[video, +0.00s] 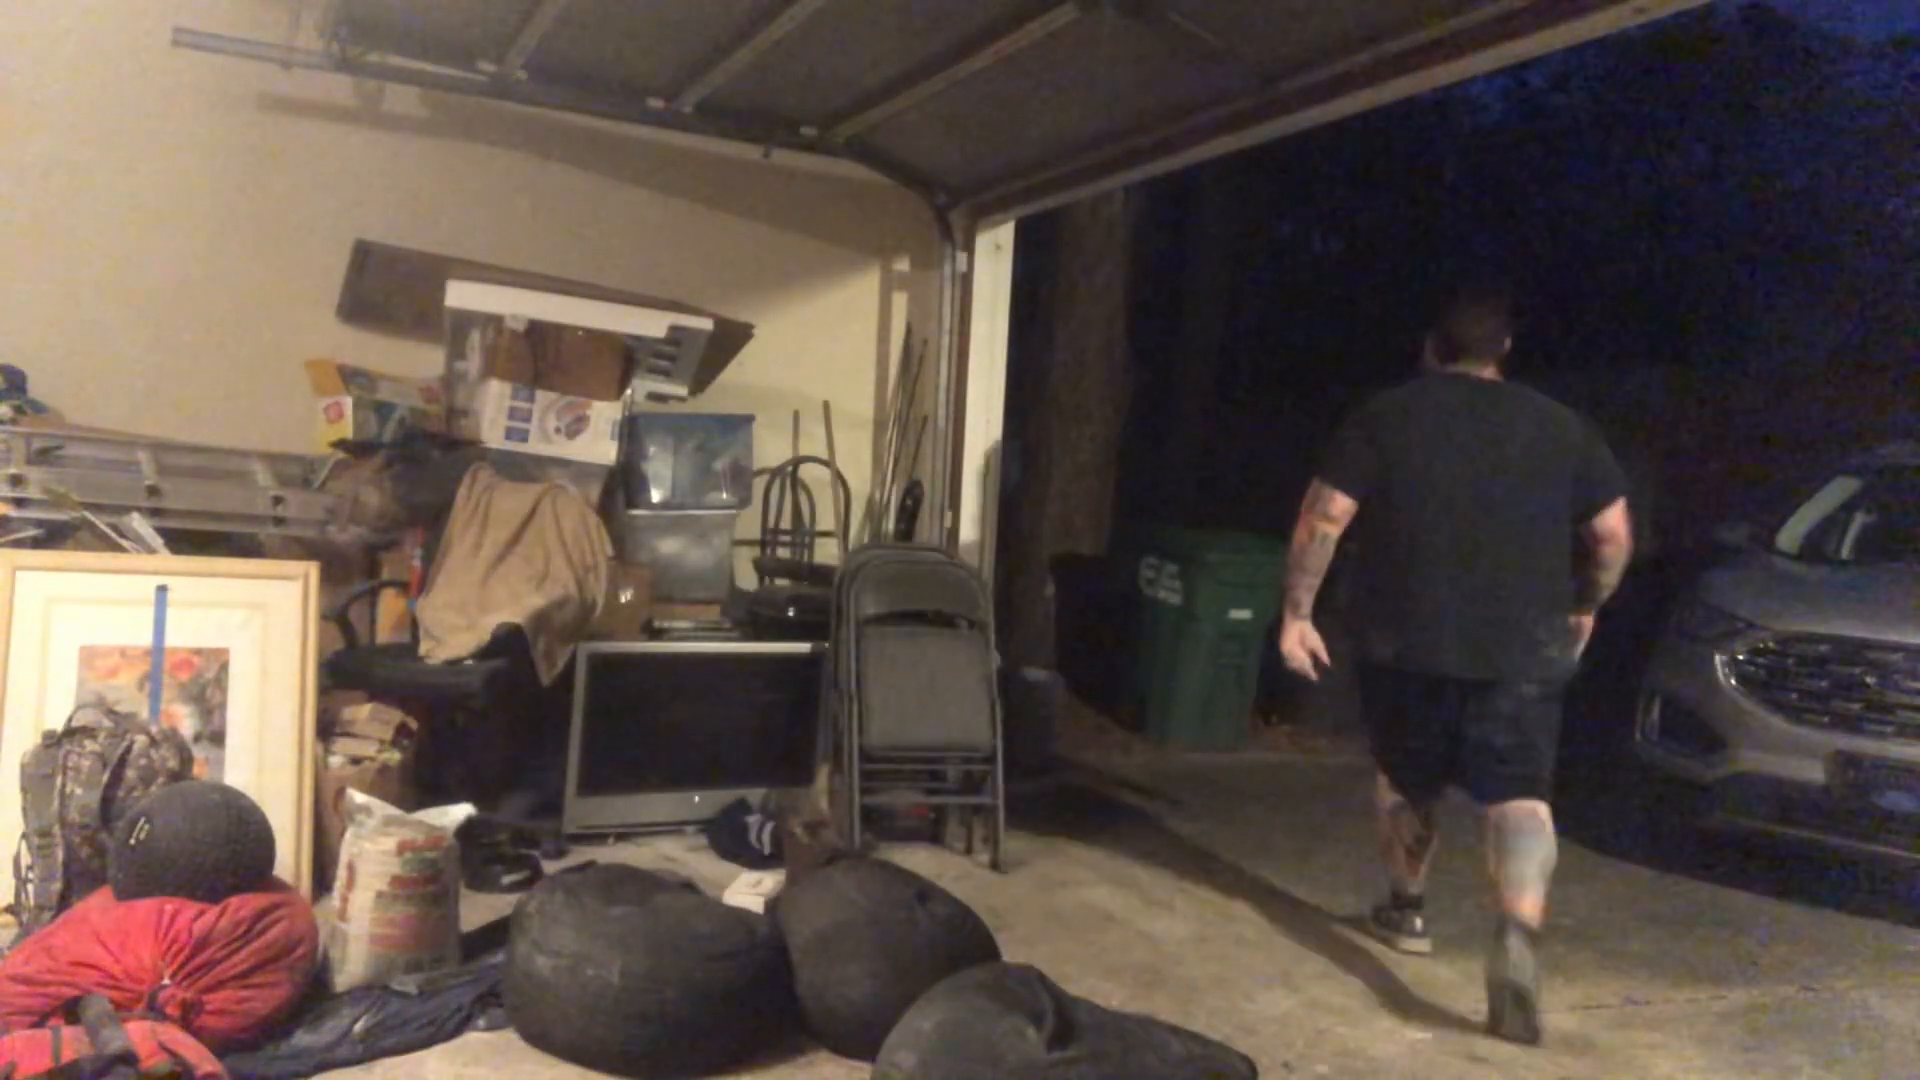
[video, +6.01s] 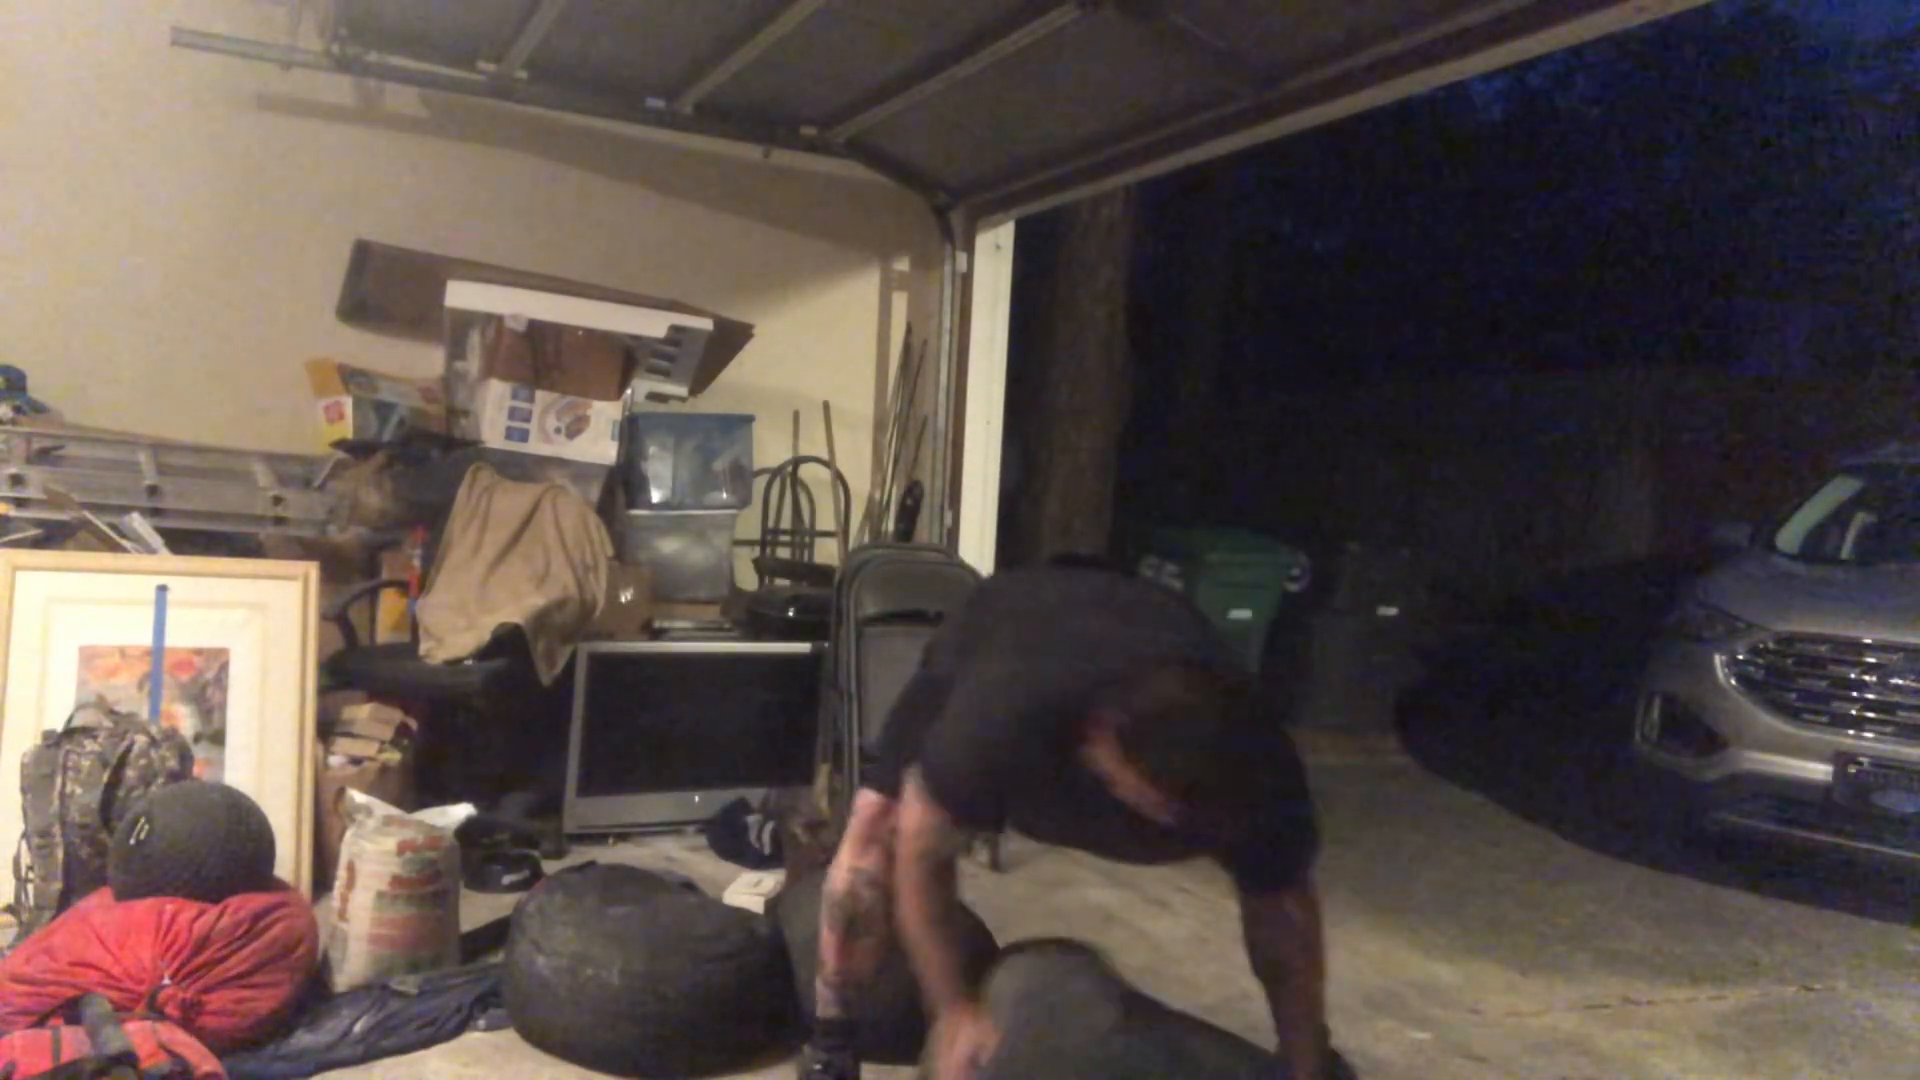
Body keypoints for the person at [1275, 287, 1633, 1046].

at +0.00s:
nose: (1425, 358)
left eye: (1428, 349)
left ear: (1430, 351)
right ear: (1505, 357)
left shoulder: (1389, 416)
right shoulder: (1559, 426)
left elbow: (1328, 512)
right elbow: (1613, 533)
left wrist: (1297, 610)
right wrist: (1589, 606)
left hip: (1408, 640)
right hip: (1521, 649)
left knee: (1405, 774)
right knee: (1521, 796)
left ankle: (1404, 906)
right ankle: (1517, 938)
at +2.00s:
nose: (1446, 421)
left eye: (1445, 412)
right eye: (1443, 412)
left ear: (1399, 412)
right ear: (1428, 415)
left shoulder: (1369, 455)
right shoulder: (1431, 465)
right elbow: (1462, 530)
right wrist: (1500, 576)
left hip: (1371, 587)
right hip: (1421, 592)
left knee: (1373, 672)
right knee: (1442, 685)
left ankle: (1341, 748)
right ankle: (1421, 780)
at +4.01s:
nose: (1239, 339)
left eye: (1253, 326)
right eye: (1228, 326)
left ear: (1276, 330)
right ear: (1209, 329)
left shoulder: (1316, 395)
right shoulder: (1166, 392)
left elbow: (1370, 480)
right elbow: (1110, 470)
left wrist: (1352, 571)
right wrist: (1087, 555)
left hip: (1276, 602)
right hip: (1181, 595)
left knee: (1265, 745)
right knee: (1186, 735)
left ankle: (1250, 855)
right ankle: (1193, 866)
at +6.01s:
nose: (1171, 823)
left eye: (1190, 813)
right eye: (1154, 804)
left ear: (1225, 770)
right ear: (1104, 744)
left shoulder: (1253, 758)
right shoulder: (1004, 709)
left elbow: (1285, 910)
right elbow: (915, 852)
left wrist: (1303, 1057)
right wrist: (952, 1009)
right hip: (988, 648)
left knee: (1273, 882)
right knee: (858, 880)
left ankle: (1310, 1052)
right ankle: (831, 1049)